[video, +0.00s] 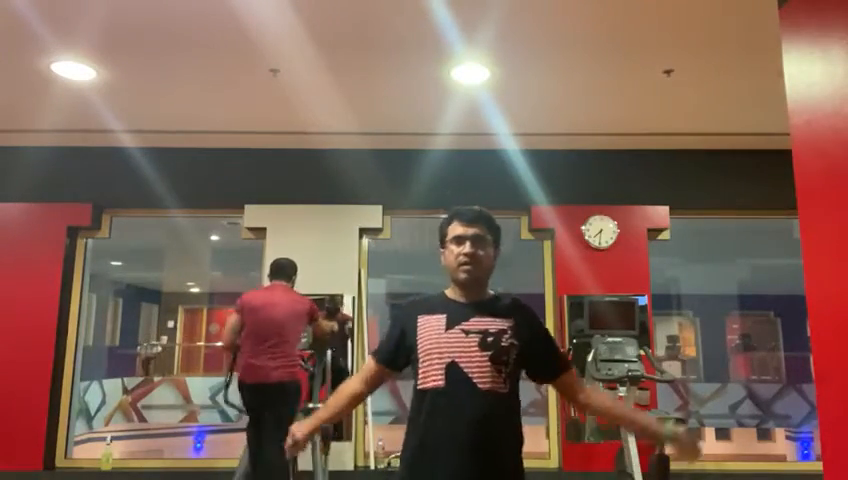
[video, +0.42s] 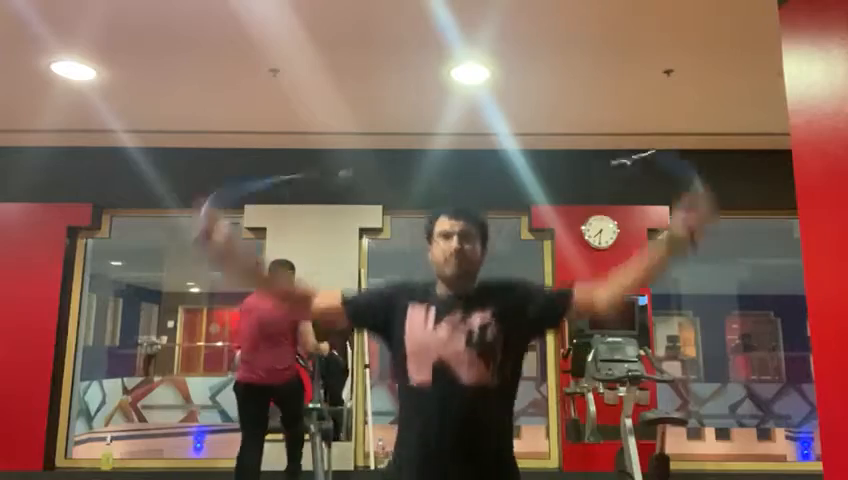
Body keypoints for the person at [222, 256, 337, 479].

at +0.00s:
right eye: (293, 278)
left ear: (269, 276)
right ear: (293, 278)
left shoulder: (247, 299)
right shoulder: (303, 303)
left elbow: (228, 340)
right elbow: (322, 330)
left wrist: (243, 348)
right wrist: (334, 325)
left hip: (251, 381)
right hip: (286, 382)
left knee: (256, 430)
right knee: (278, 439)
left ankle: (258, 473)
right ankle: (277, 475)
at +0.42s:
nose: (290, 282)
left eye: (287, 277)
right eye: (291, 277)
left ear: (268, 276)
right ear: (291, 277)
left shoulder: (250, 302)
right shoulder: (298, 302)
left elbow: (242, 341)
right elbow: (307, 345)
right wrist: (321, 348)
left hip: (250, 383)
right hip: (286, 381)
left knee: (251, 441)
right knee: (294, 427)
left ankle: (245, 475)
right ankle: (293, 469)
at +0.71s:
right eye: (292, 280)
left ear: (268, 279)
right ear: (293, 281)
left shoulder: (249, 302)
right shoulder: (304, 304)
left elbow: (235, 339)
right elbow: (325, 339)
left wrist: (229, 365)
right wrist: (332, 326)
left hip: (255, 383)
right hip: (291, 384)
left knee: (256, 427)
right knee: (286, 435)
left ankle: (253, 471)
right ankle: (284, 475)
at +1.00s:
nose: (290, 279)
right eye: (290, 275)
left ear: (265, 274)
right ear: (290, 275)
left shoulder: (244, 297)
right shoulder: (299, 298)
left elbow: (227, 337)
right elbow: (320, 330)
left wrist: (243, 336)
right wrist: (331, 325)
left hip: (251, 375)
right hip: (287, 376)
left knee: (255, 440)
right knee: (289, 439)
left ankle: (254, 476)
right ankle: (285, 476)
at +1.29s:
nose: (291, 282)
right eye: (292, 278)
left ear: (267, 277)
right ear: (292, 279)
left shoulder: (249, 301)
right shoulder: (299, 303)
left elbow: (245, 339)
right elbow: (310, 344)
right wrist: (320, 346)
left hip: (250, 380)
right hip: (285, 379)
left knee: (251, 437)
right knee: (296, 426)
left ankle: (251, 474)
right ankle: (295, 470)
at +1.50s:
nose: (294, 280)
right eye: (295, 276)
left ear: (270, 275)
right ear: (295, 277)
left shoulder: (251, 296)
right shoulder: (306, 302)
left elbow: (243, 330)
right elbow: (324, 340)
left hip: (254, 374)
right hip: (292, 375)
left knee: (255, 435)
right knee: (287, 440)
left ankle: (251, 476)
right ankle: (287, 476)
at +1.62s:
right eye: (293, 280)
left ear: (270, 279)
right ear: (294, 281)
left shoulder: (251, 302)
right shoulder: (304, 305)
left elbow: (234, 339)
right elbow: (325, 338)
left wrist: (231, 366)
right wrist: (315, 353)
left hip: (254, 383)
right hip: (291, 384)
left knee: (256, 436)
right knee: (286, 438)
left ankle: (256, 474)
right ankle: (284, 475)